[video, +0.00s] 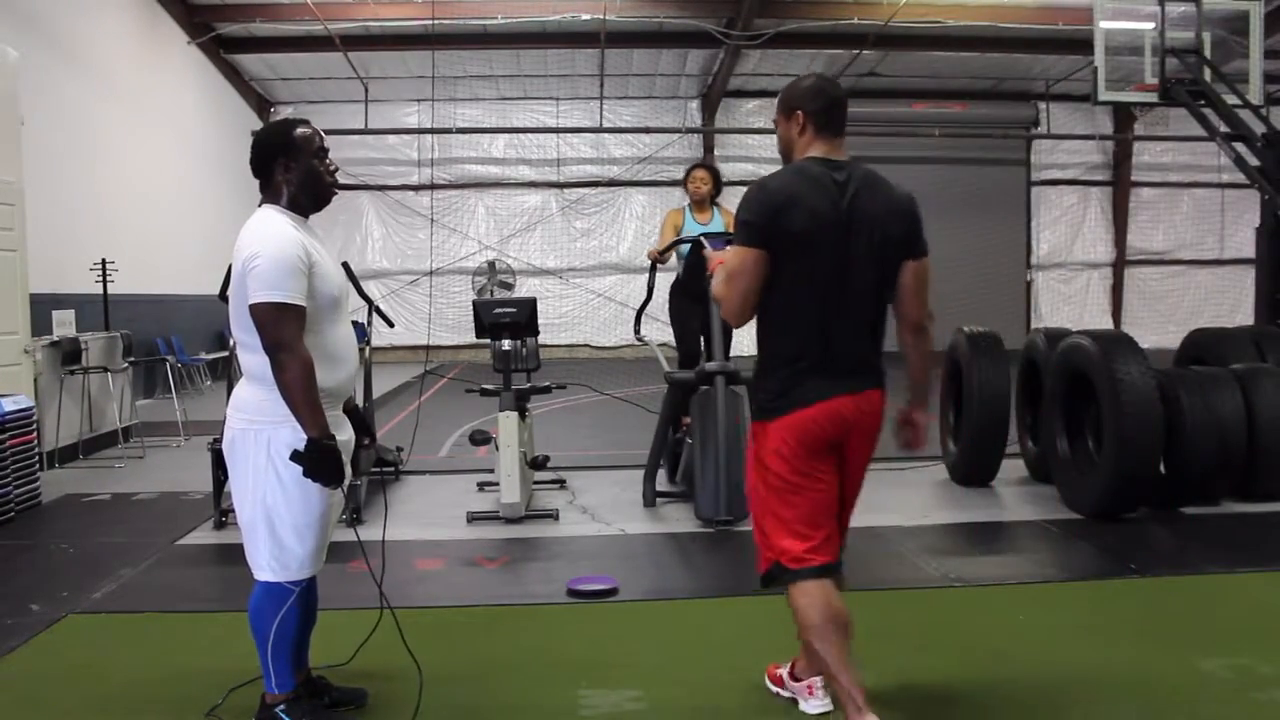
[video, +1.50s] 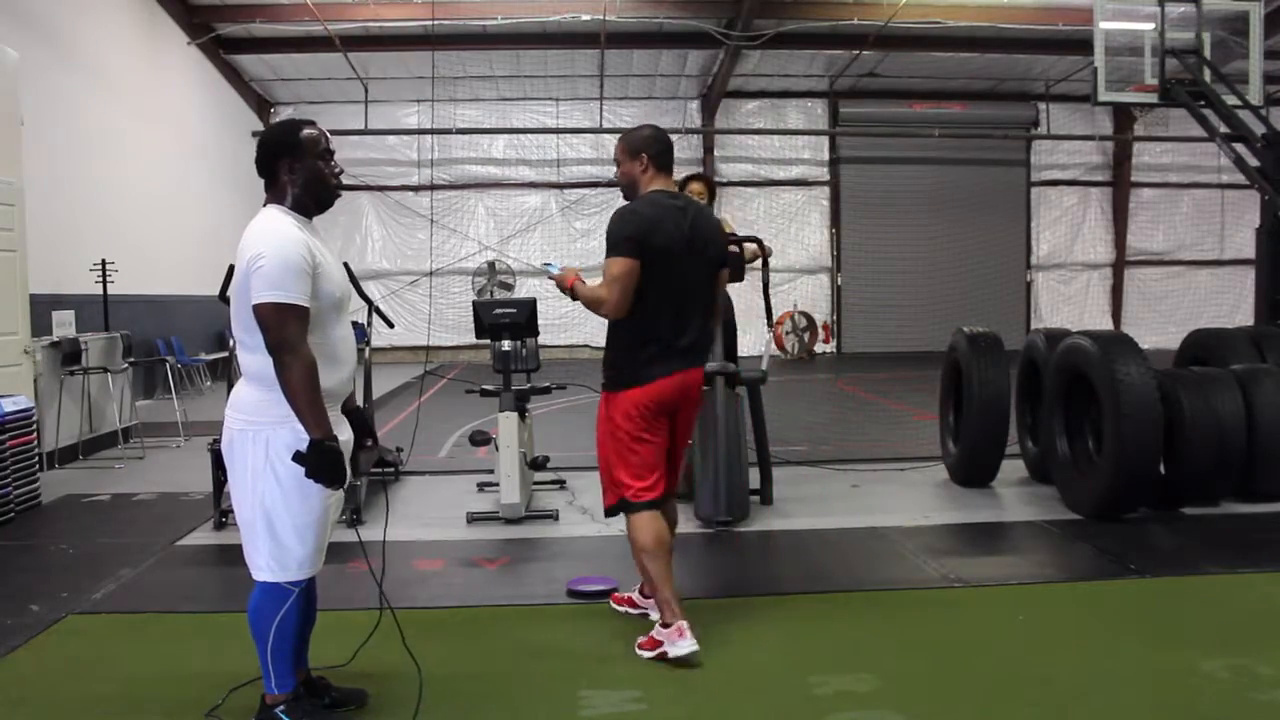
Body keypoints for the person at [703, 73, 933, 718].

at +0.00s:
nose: (776, 135)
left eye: (778, 124)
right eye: (778, 124)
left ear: (795, 122)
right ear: (840, 124)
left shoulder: (770, 197)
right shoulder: (894, 202)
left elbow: (735, 309)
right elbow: (915, 317)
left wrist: (723, 267)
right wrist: (917, 399)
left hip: (793, 409)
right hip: (863, 401)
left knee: (805, 566)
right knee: (823, 552)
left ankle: (857, 707)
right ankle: (806, 674)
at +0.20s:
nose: (756, 142)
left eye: (759, 131)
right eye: (758, 132)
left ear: (781, 127)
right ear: (813, 130)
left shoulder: (761, 195)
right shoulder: (865, 204)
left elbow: (726, 295)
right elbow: (874, 306)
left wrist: (701, 268)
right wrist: (851, 366)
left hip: (769, 398)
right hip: (841, 394)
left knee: (730, 528)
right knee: (816, 534)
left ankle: (802, 653)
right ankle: (805, 675)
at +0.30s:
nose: (741, 143)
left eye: (743, 132)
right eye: (740, 133)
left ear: (770, 126)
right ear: (794, 128)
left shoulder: (753, 193)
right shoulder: (850, 201)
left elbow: (722, 294)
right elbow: (849, 294)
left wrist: (688, 270)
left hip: (752, 395)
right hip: (826, 389)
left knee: (718, 523)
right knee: (812, 531)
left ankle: (748, 659)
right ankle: (809, 676)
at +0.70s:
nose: (665, 165)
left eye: (666, 154)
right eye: (663, 154)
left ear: (688, 148)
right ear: (716, 145)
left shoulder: (681, 215)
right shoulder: (776, 211)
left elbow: (664, 316)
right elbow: (772, 308)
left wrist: (629, 293)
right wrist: (663, 283)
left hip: (693, 395)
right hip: (762, 387)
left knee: (679, 520)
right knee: (764, 517)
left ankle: (676, 638)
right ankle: (795, 640)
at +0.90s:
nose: (633, 169)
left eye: (634, 159)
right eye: (632, 159)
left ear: (651, 153)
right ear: (684, 149)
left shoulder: (645, 218)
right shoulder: (747, 207)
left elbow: (626, 317)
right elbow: (767, 300)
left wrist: (603, 290)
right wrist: (776, 368)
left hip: (666, 391)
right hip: (730, 382)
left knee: (664, 519)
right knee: (729, 493)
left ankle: (675, 637)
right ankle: (752, 590)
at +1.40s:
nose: (619, 174)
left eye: (621, 165)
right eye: (619, 165)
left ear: (639, 164)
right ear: (668, 162)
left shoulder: (629, 221)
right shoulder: (714, 222)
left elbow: (608, 309)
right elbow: (722, 306)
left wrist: (577, 290)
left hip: (640, 382)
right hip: (695, 376)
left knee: (648, 505)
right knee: (667, 495)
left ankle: (677, 634)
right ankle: (654, 592)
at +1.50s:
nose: (618, 175)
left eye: (621, 166)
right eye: (617, 166)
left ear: (642, 163)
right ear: (663, 163)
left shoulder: (630, 219)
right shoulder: (706, 218)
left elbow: (614, 303)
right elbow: (719, 287)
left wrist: (577, 287)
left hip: (637, 384)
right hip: (688, 376)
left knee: (641, 501)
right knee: (660, 494)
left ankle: (674, 628)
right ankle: (651, 593)